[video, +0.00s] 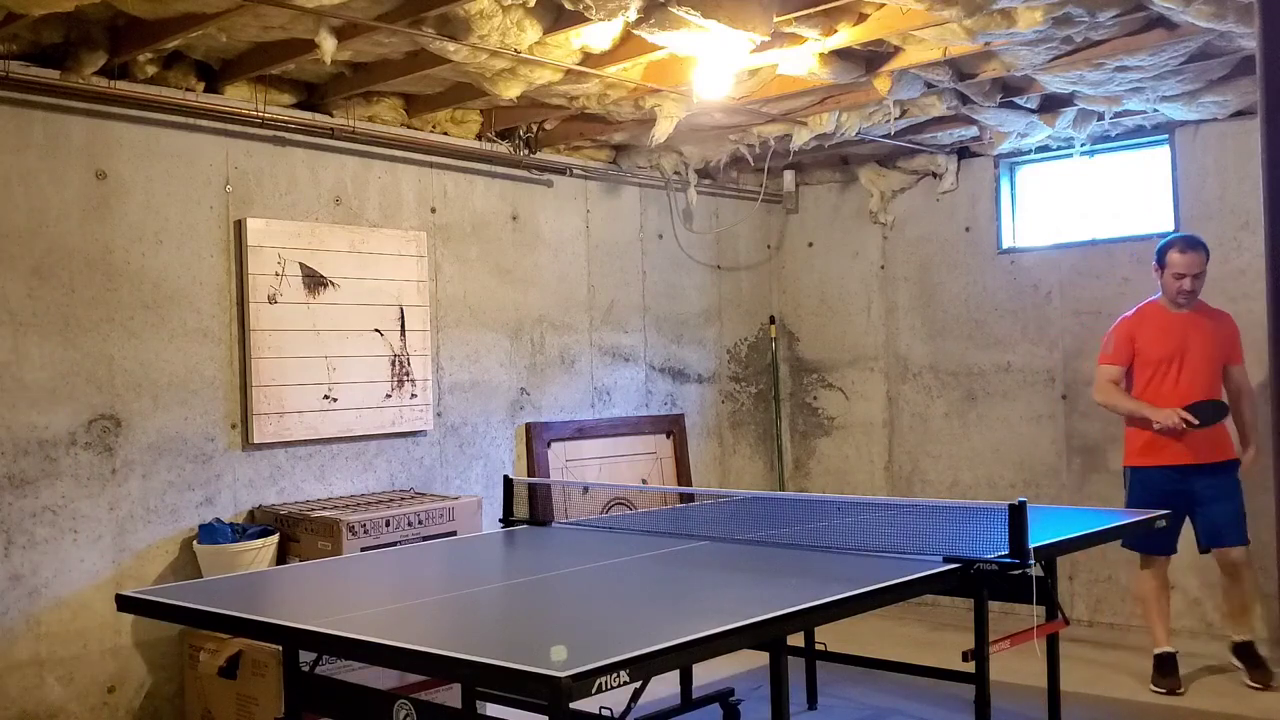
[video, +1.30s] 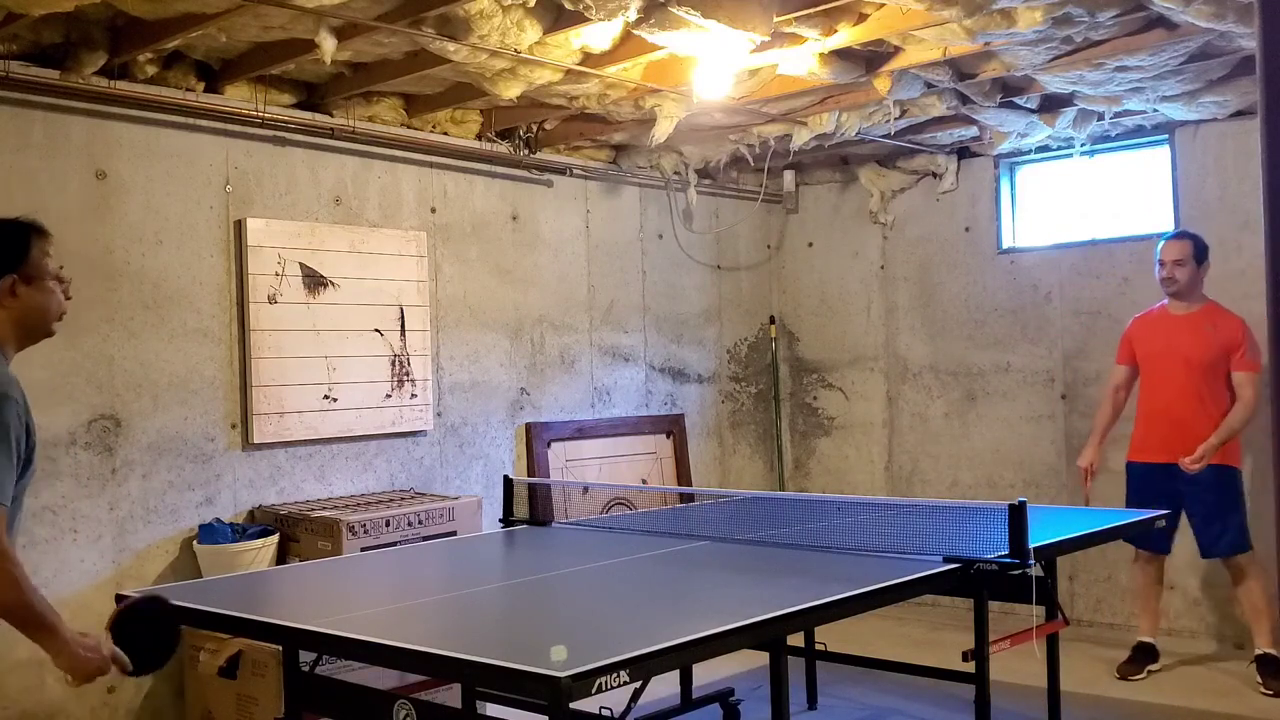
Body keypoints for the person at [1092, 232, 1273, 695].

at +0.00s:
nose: (1188, 284)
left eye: (1196, 275)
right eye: (1179, 275)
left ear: (1205, 273)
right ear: (1159, 272)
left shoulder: (1221, 324)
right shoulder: (1131, 326)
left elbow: (1239, 389)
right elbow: (1103, 391)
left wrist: (1249, 442)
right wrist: (1151, 412)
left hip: (1216, 465)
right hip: (1153, 468)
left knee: (1235, 557)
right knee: (1153, 561)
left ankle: (1244, 644)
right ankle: (1163, 654)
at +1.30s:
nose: (1167, 272)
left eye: (1177, 264)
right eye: (1162, 264)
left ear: (1201, 269)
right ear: (1157, 268)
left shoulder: (1230, 327)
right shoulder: (1142, 325)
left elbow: (1247, 399)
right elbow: (1118, 389)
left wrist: (1214, 442)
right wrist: (1094, 443)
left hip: (1212, 462)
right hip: (1149, 460)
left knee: (1236, 555)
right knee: (1147, 552)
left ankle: (1266, 653)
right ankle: (1145, 645)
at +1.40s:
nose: (1155, 274)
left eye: (1165, 266)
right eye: (1149, 266)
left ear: (1188, 270)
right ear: (1145, 270)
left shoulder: (1218, 327)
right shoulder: (1129, 327)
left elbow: (1236, 400)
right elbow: (1104, 389)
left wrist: (1204, 443)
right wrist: (1082, 444)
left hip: (1202, 461)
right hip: (1141, 461)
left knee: (1227, 553)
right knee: (1141, 552)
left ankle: (1263, 651)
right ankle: (1144, 645)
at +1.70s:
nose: (1162, 292)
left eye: (1172, 283)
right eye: (1153, 282)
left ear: (1189, 282)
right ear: (1144, 279)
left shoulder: (1213, 333)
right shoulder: (1120, 328)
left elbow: (1227, 406)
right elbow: (1090, 386)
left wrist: (1200, 454)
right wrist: (1086, 441)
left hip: (1196, 465)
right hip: (1135, 466)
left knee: (1212, 553)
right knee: (1138, 552)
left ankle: (1240, 655)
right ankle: (1143, 644)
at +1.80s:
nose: (1175, 304)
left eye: (1185, 296)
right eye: (1167, 295)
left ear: (1200, 292)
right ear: (1154, 288)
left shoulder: (1220, 339)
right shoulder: (1128, 329)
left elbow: (1231, 413)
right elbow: (1094, 383)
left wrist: (1205, 463)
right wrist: (1097, 439)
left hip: (1198, 465)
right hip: (1138, 464)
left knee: (1214, 552)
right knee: (1140, 551)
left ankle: (1240, 655)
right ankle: (1143, 644)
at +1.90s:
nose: (1186, 308)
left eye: (1198, 300)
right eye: (1179, 298)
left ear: (1213, 295)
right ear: (1166, 288)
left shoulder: (1228, 342)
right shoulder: (1138, 328)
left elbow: (1235, 416)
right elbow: (1100, 383)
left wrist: (1204, 462)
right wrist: (1106, 436)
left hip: (1205, 465)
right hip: (1145, 463)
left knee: (1216, 552)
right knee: (1143, 550)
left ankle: (1240, 657)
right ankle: (1144, 645)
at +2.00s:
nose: (1198, 305)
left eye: (1210, 298)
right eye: (1190, 294)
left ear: (1225, 294)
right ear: (1177, 284)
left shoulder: (1238, 339)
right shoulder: (1148, 325)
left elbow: (1241, 412)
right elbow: (1105, 379)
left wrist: (1202, 437)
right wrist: (1110, 424)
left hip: (1213, 464)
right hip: (1152, 462)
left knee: (1221, 552)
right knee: (1147, 550)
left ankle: (1241, 657)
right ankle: (1144, 645)